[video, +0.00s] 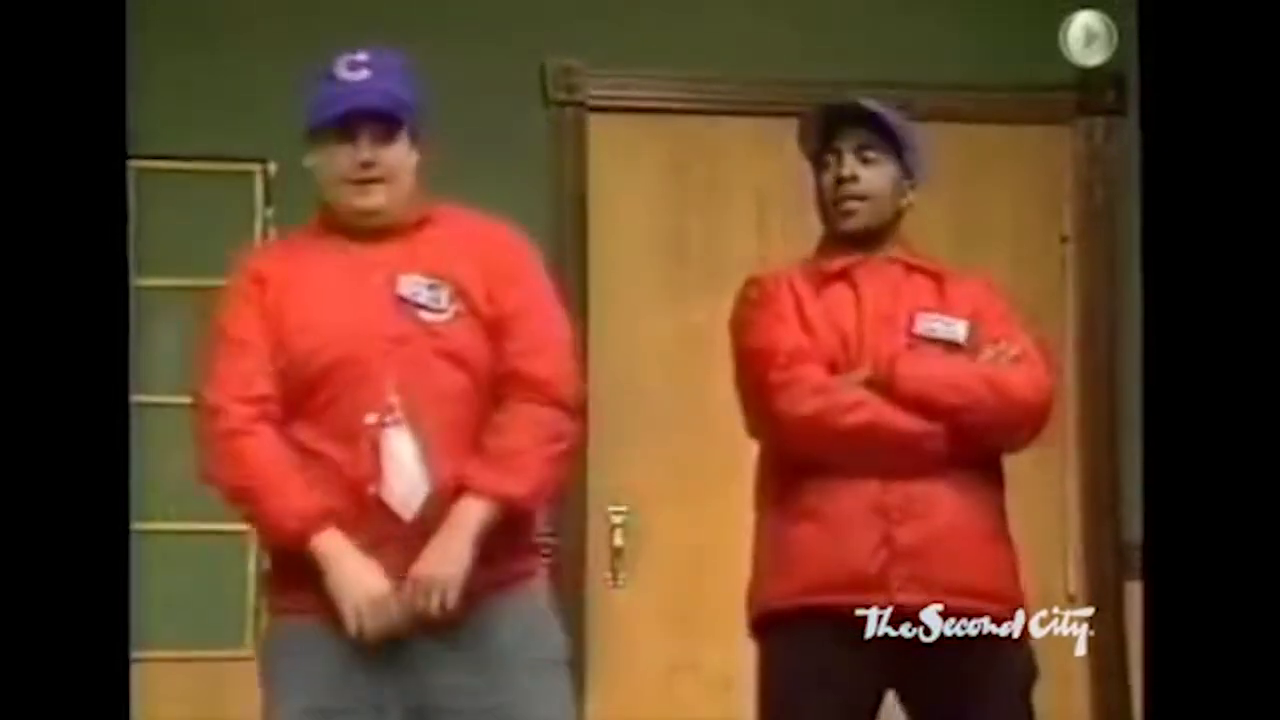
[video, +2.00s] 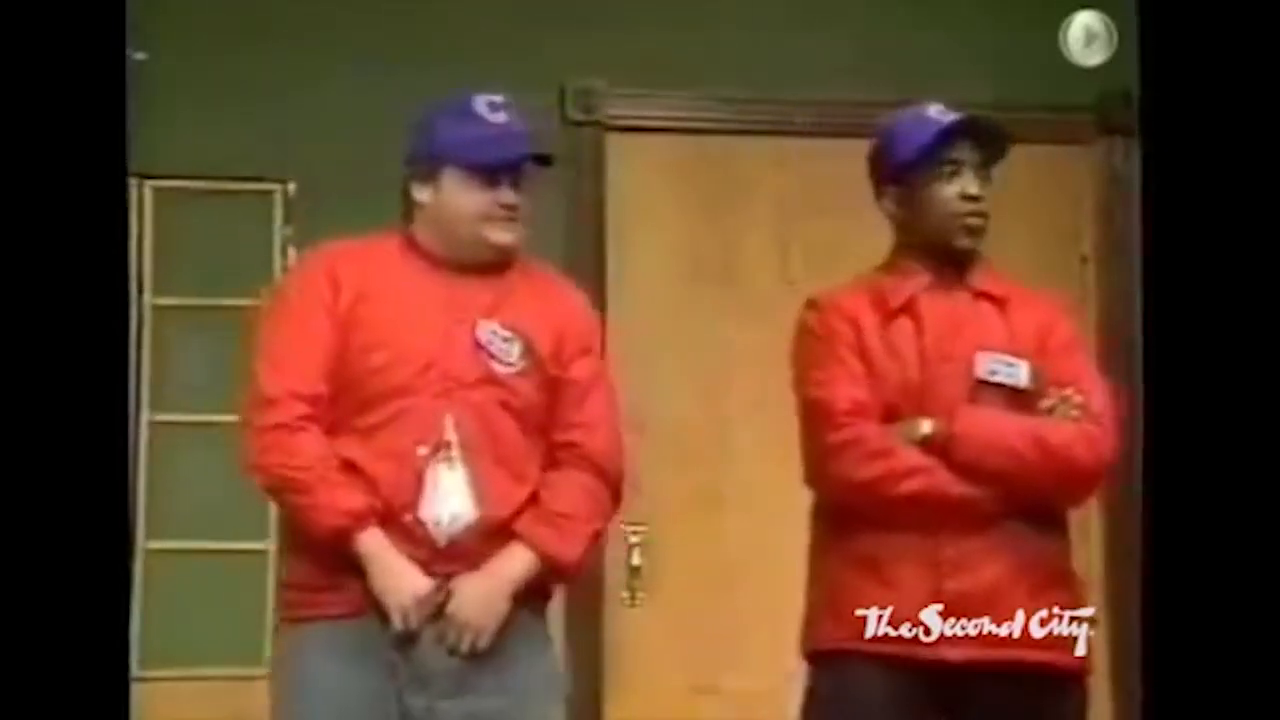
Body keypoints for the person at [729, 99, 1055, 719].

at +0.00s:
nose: (845, 171)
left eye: (868, 155)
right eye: (831, 159)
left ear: (907, 186)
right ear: (817, 185)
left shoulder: (969, 295)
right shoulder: (775, 294)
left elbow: (1025, 400)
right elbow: (791, 412)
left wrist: (883, 378)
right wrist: (957, 431)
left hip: (966, 607)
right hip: (816, 607)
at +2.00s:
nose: (975, 191)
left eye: (982, 173)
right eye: (949, 172)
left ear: (994, 187)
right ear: (893, 198)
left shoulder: (1041, 316)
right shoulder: (839, 316)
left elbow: (1086, 452)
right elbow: (845, 467)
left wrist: (937, 432)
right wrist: (1014, 485)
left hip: (1025, 646)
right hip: (876, 645)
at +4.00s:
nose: (863, 186)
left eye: (888, 170)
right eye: (853, 170)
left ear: (932, 193)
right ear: (838, 187)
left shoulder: (986, 305)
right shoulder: (787, 316)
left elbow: (1014, 444)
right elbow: (780, 459)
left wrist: (952, 323)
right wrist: (940, 456)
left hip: (973, 644)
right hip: (822, 648)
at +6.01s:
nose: (879, 193)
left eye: (891, 175)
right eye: (856, 178)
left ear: (909, 188)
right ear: (818, 200)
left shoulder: (971, 306)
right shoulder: (776, 317)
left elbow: (1025, 447)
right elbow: (794, 460)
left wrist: (884, 423)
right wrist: (968, 467)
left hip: (967, 645)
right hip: (817, 648)